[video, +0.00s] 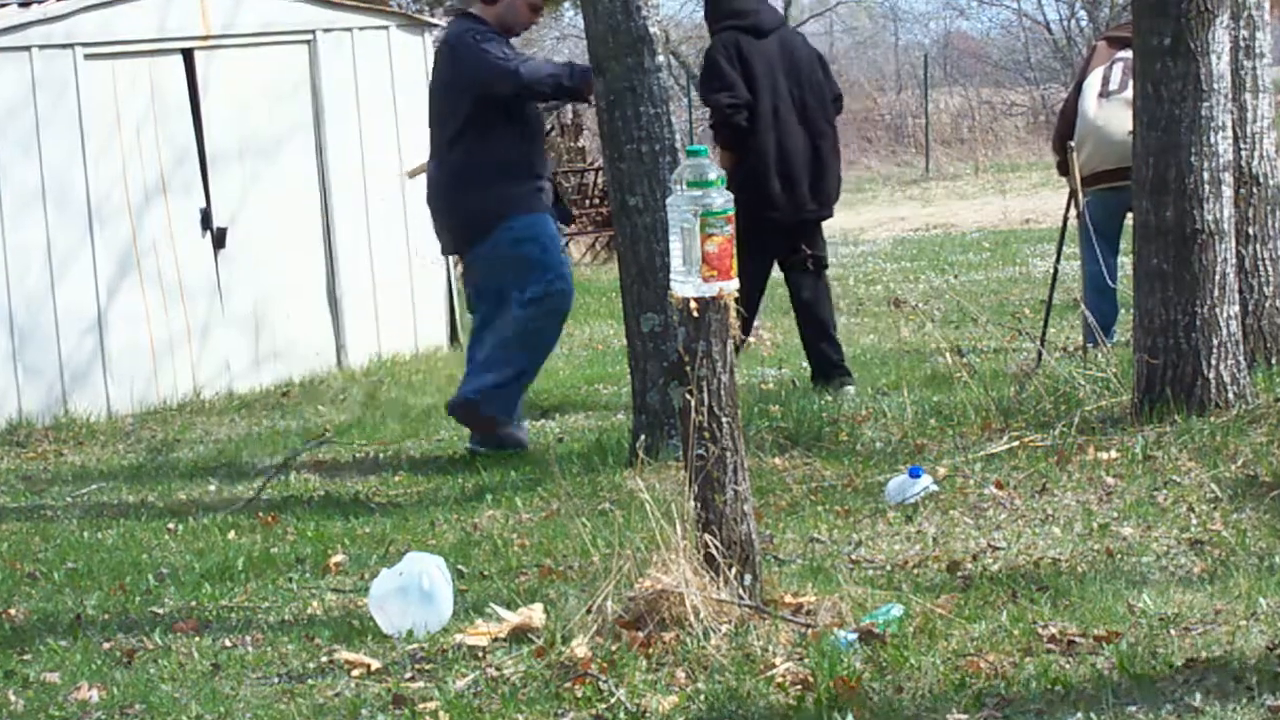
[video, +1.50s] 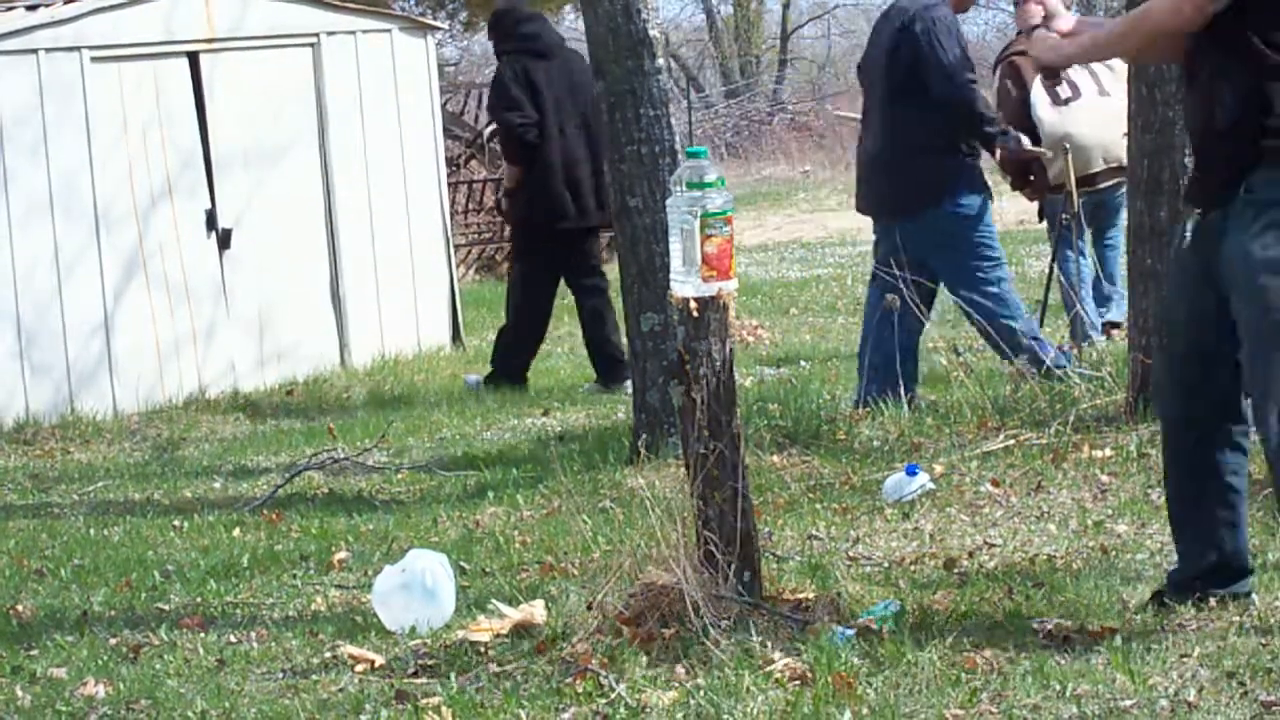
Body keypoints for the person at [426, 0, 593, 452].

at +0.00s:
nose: (535, 17)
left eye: (538, 10)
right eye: (531, 6)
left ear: (492, 4)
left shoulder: (471, 40)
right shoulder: (473, 40)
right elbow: (516, 76)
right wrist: (587, 79)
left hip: (481, 200)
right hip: (499, 196)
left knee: (495, 308)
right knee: (548, 290)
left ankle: (493, 427)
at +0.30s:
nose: (611, 24)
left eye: (611, 17)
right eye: (606, 14)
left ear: (567, 11)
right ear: (583, 12)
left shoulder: (547, 56)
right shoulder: (575, 60)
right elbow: (623, 108)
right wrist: (685, 101)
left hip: (549, 225)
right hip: (584, 222)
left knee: (538, 330)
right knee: (644, 320)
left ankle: (506, 436)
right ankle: (678, 422)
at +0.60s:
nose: (722, 11)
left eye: (723, 5)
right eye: (720, 3)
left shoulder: (665, 30)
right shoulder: (676, 35)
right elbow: (727, 92)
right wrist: (751, 124)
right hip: (686, 198)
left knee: (685, 296)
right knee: (684, 296)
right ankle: (615, 374)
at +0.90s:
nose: (811, 12)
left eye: (813, 6)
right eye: (809, 4)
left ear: (771, 1)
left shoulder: (719, 33)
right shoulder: (766, 38)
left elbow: (683, 95)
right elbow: (806, 100)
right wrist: (843, 146)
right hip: (761, 207)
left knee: (804, 307)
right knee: (734, 323)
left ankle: (865, 387)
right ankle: (700, 414)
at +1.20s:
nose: (894, 6)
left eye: (894, 2)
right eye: (893, 0)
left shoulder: (806, 28)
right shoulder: (853, 21)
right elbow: (882, 97)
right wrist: (925, 145)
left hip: (819, 179)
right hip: (860, 176)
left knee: (868, 284)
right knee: (877, 278)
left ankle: (879, 401)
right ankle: (790, 365)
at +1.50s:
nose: (973, 6)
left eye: (975, 3)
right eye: (974, 2)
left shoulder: (892, 20)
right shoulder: (933, 18)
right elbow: (957, 90)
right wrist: (1001, 139)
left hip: (894, 186)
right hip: (939, 182)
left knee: (895, 299)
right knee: (987, 285)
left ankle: (882, 402)